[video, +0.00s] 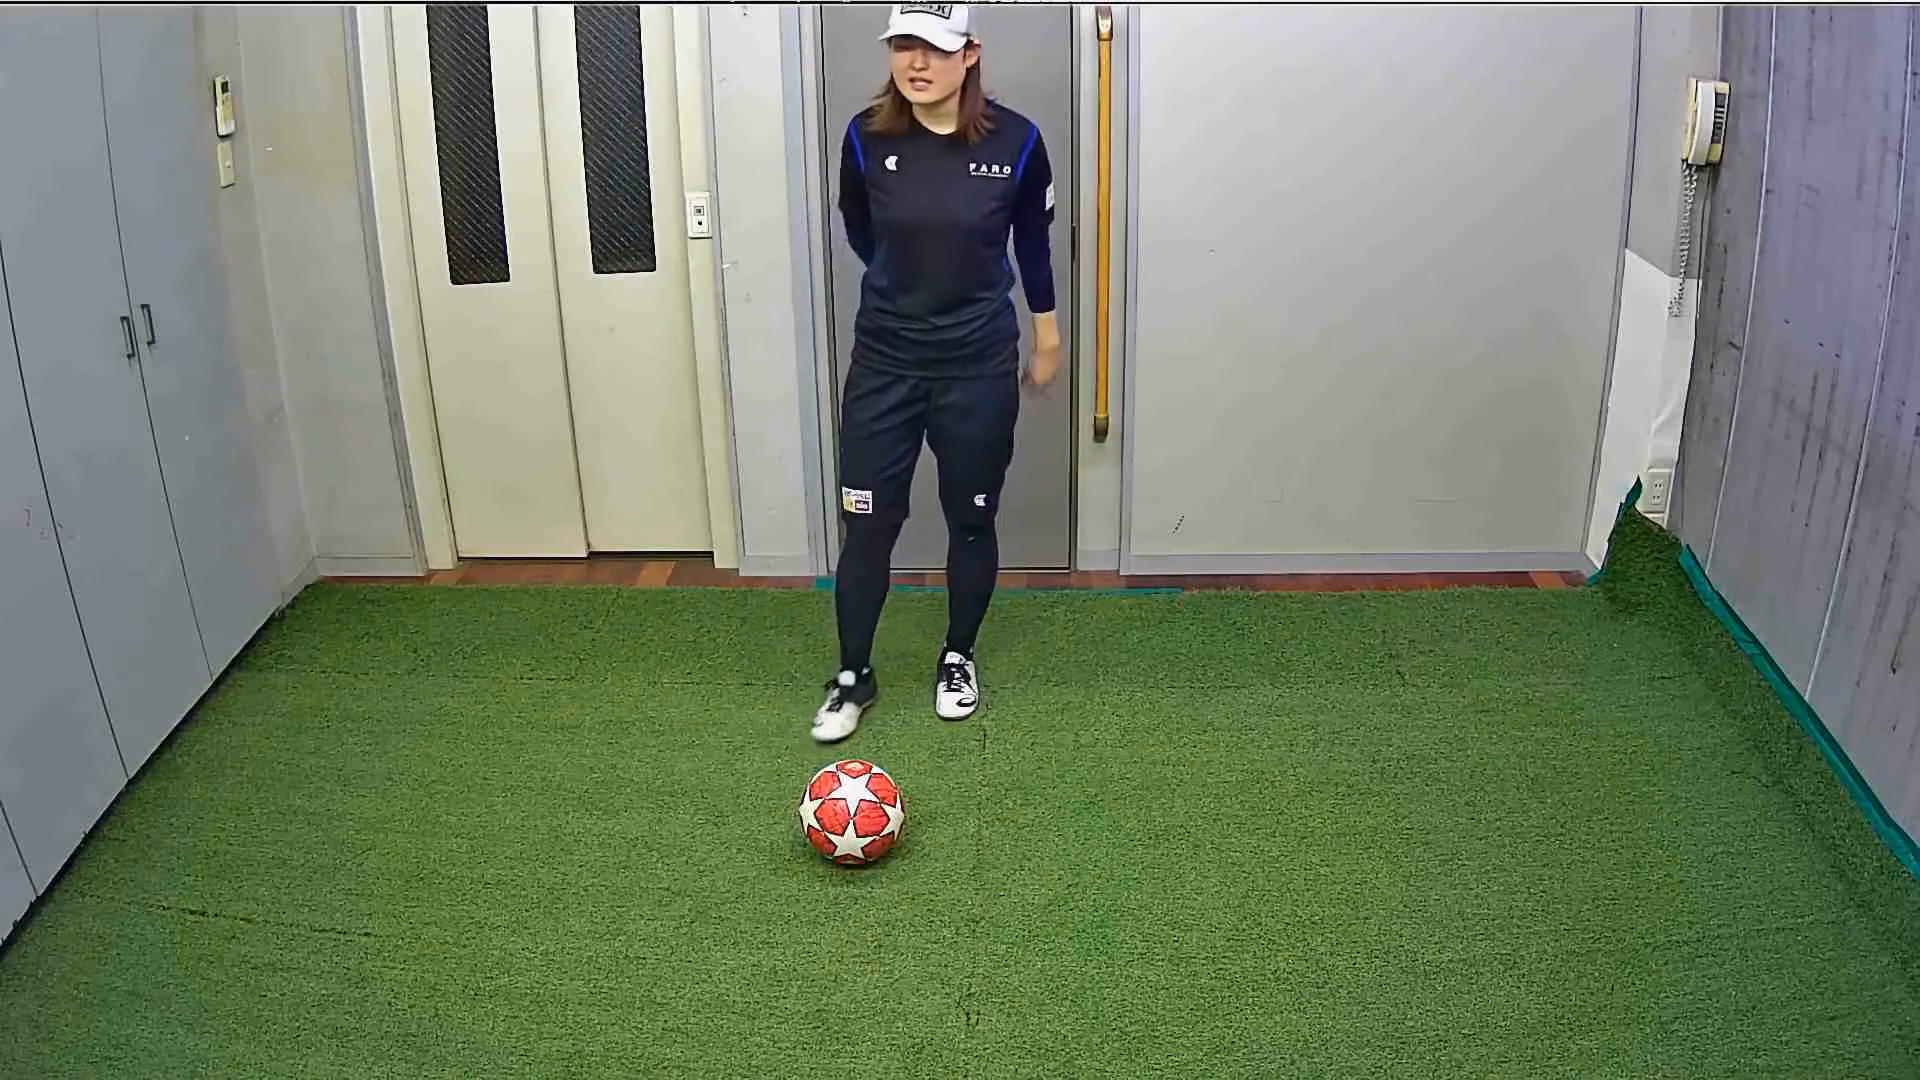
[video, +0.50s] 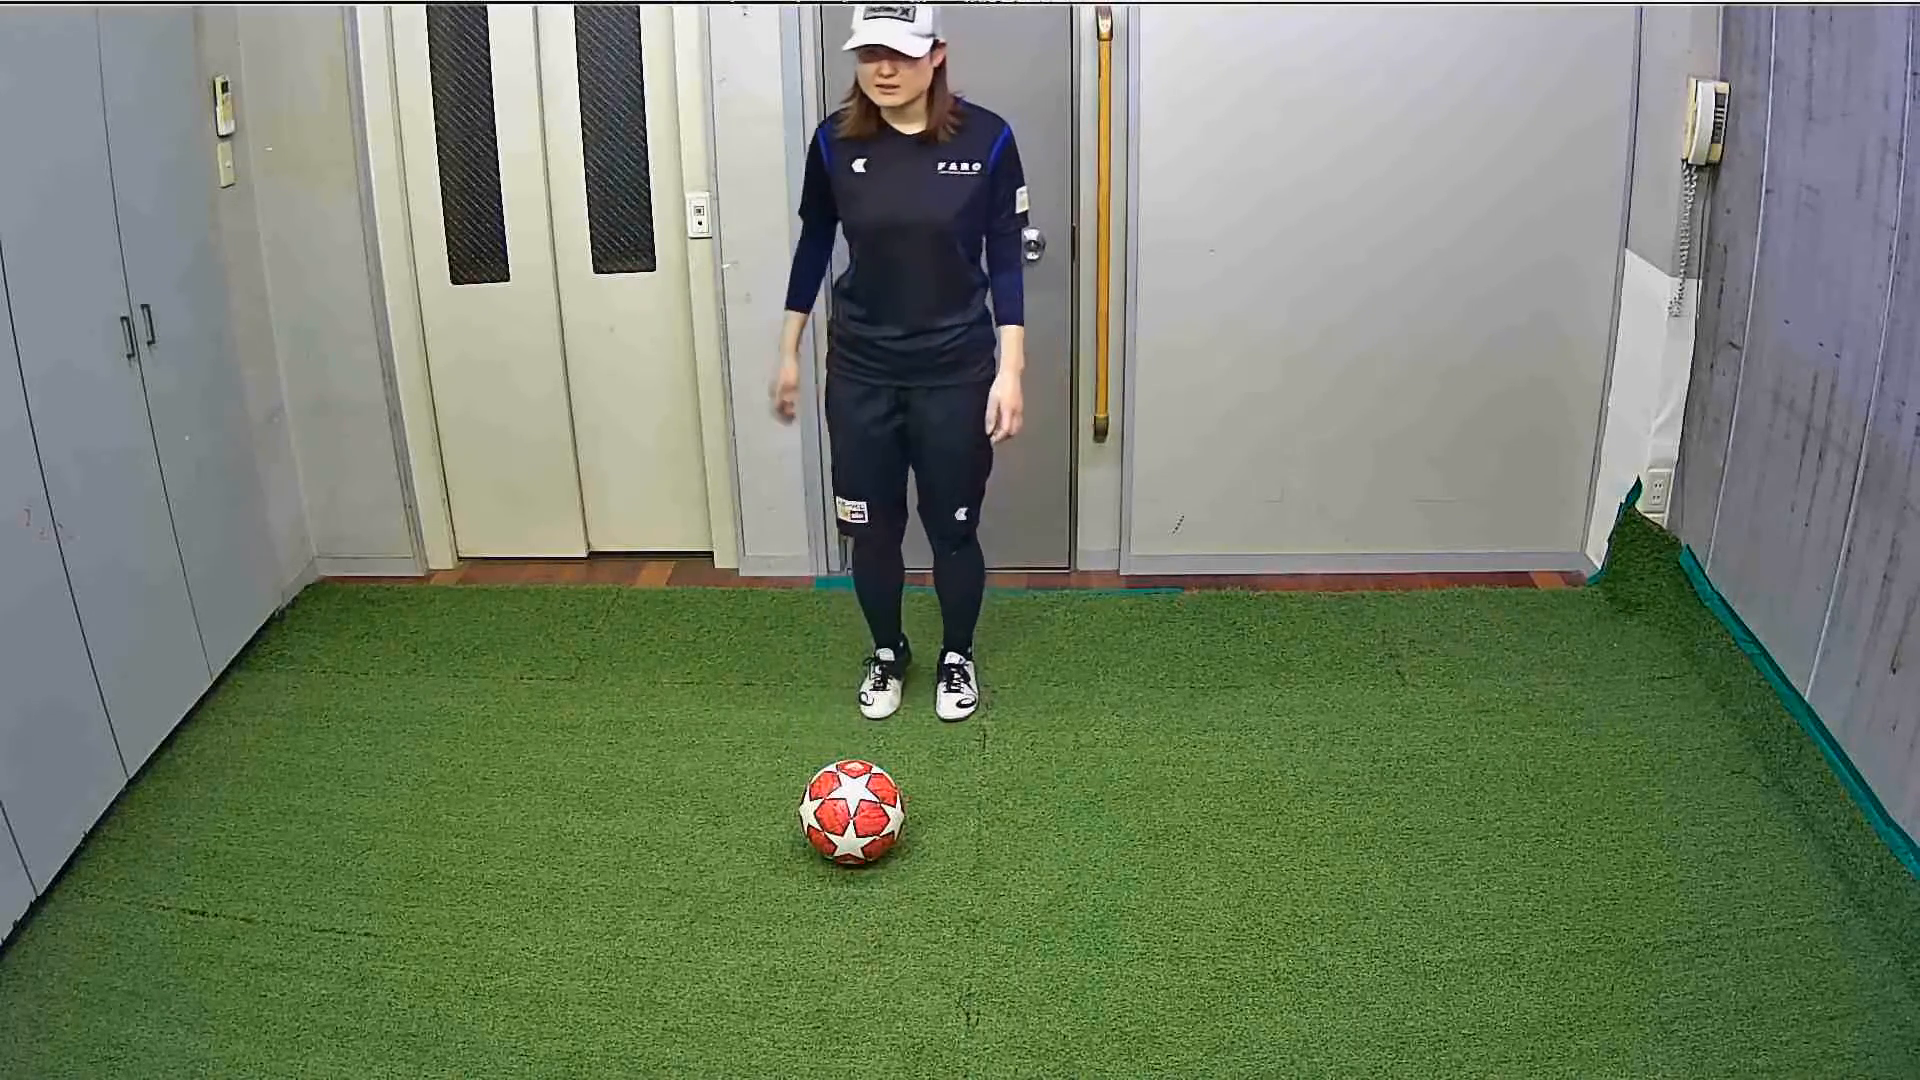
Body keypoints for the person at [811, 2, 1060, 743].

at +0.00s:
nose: (917, 61)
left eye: (934, 49)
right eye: (905, 47)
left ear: (969, 57)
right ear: (890, 57)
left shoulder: (1017, 142)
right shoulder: (866, 136)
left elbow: (1033, 238)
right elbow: (861, 234)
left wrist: (1046, 326)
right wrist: (914, 278)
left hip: (978, 355)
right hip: (884, 353)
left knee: (971, 516)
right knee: (865, 515)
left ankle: (957, 658)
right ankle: (852, 676)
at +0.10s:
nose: (914, 63)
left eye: (931, 50)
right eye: (903, 48)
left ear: (967, 55)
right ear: (888, 57)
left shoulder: (1016, 140)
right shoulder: (865, 136)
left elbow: (1035, 248)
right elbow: (859, 236)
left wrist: (1043, 352)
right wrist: (906, 287)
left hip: (975, 358)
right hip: (882, 355)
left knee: (970, 517)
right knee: (867, 512)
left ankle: (958, 657)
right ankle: (866, 662)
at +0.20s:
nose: (911, 64)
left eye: (927, 50)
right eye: (899, 49)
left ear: (963, 55)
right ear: (885, 57)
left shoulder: (1012, 138)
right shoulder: (860, 136)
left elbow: (1032, 252)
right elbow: (852, 239)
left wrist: (1039, 362)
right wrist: (883, 303)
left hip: (974, 361)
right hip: (879, 357)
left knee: (968, 519)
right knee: (872, 517)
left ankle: (958, 658)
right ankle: (880, 652)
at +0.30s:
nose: (900, 66)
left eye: (917, 51)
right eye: (889, 51)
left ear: (953, 55)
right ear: (873, 58)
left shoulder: (1003, 138)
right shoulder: (849, 138)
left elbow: (1026, 253)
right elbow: (833, 236)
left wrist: (1027, 363)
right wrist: (831, 335)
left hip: (967, 363)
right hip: (872, 360)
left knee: (963, 520)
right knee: (872, 520)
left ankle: (958, 657)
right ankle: (886, 654)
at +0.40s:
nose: (891, 67)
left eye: (908, 54)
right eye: (881, 53)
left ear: (945, 57)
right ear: (868, 59)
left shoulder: (996, 138)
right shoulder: (844, 139)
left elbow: (1019, 255)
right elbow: (823, 240)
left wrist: (1020, 363)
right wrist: (815, 343)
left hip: (962, 365)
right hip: (866, 362)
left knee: (960, 523)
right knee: (869, 521)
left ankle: (958, 660)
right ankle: (886, 654)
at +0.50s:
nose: (883, 70)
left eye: (900, 56)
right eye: (870, 55)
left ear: (936, 57)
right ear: (856, 61)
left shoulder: (987, 138)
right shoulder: (835, 140)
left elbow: (1006, 257)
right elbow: (814, 241)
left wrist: (1010, 370)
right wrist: (789, 348)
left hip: (954, 367)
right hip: (859, 367)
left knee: (953, 528)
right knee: (867, 526)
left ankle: (956, 659)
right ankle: (887, 655)